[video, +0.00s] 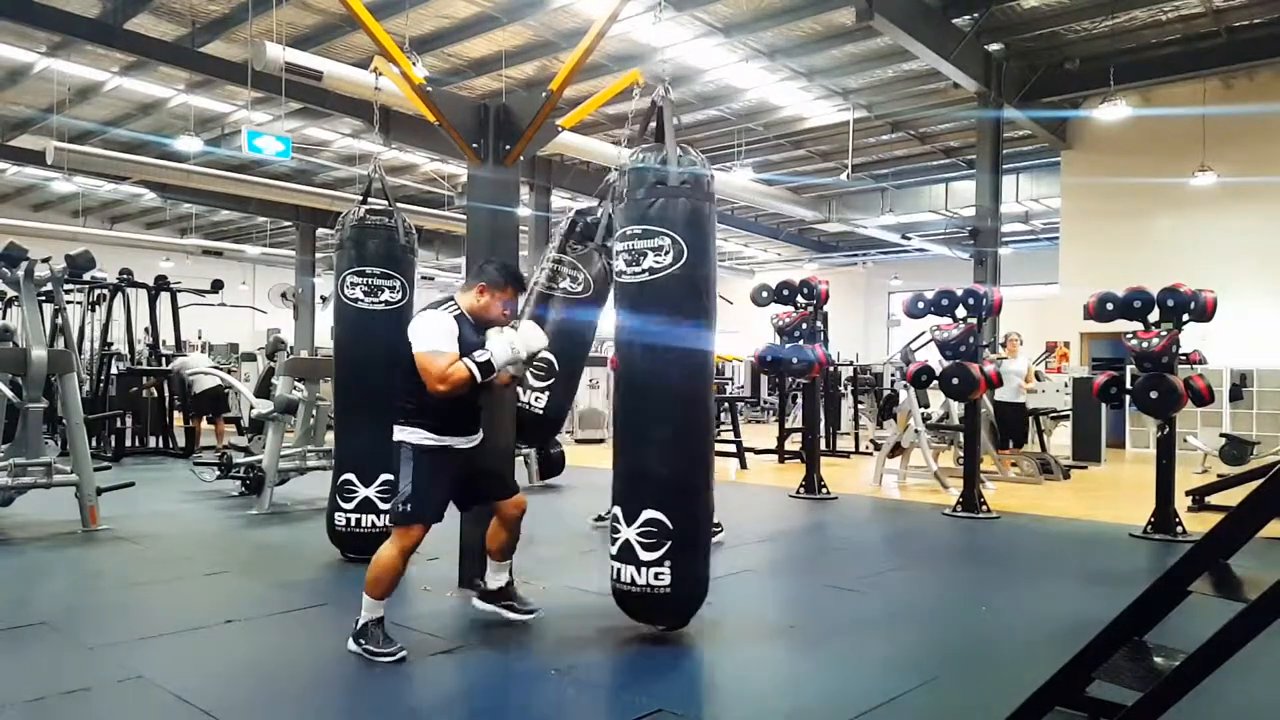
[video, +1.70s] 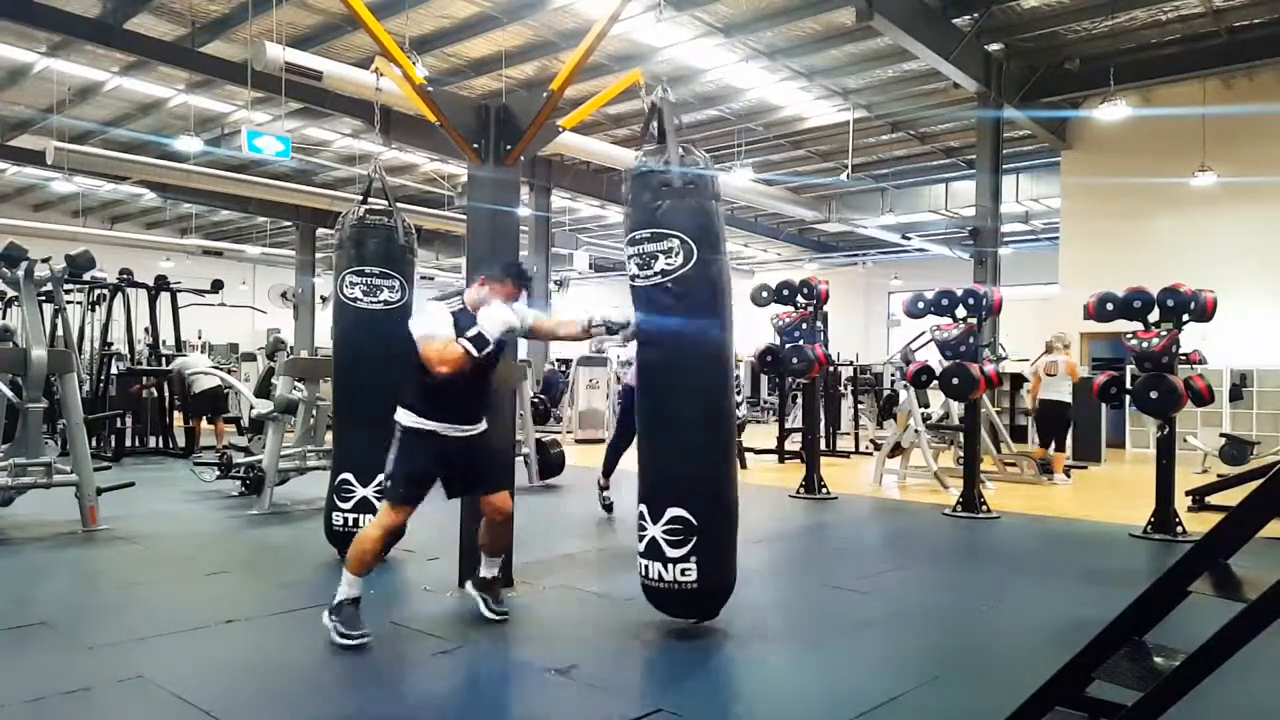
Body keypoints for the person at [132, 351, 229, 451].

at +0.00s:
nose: (171, 367)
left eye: (172, 365)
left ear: (175, 360)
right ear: (185, 356)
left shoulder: (176, 364)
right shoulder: (201, 356)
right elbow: (217, 367)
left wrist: (140, 388)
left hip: (200, 391)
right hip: (217, 387)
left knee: (196, 421)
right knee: (219, 419)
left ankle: (196, 447)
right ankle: (220, 446)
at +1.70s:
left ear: (176, 360)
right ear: (187, 355)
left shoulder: (176, 363)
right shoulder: (201, 357)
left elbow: (160, 380)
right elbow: (215, 367)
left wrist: (142, 386)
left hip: (199, 391)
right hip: (217, 387)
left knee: (196, 422)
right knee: (218, 419)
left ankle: (196, 448)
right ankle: (220, 446)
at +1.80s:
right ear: (187, 355)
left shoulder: (178, 364)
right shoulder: (202, 357)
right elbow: (214, 368)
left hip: (200, 390)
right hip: (217, 386)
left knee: (196, 421)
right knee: (218, 419)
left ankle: (196, 447)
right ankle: (220, 446)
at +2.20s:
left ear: (188, 352)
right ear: (200, 350)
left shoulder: (184, 360)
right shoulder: (210, 356)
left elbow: (184, 380)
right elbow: (221, 368)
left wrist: (183, 399)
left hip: (201, 391)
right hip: (220, 388)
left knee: (197, 421)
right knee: (220, 420)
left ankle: (197, 447)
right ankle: (220, 446)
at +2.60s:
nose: (197, 352)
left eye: (197, 350)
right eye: (196, 350)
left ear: (200, 347)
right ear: (208, 346)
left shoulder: (198, 354)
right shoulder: (225, 353)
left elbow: (195, 376)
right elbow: (234, 372)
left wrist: (192, 393)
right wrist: (232, 386)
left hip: (209, 392)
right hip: (226, 391)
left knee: (198, 419)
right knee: (223, 421)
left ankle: (196, 447)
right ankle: (219, 447)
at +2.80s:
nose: (203, 348)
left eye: (203, 346)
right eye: (202, 346)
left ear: (206, 343)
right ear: (214, 343)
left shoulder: (206, 353)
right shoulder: (231, 353)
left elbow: (203, 372)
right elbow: (240, 371)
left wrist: (200, 389)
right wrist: (241, 386)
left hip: (214, 391)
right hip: (229, 391)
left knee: (203, 417)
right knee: (224, 420)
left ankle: (209, 442)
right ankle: (220, 446)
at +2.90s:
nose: (203, 346)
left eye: (203, 343)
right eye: (202, 344)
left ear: (209, 341)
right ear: (215, 341)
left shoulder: (211, 352)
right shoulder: (232, 353)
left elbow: (208, 372)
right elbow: (240, 372)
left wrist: (203, 387)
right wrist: (241, 386)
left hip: (216, 391)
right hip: (230, 391)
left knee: (207, 417)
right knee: (225, 421)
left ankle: (223, 443)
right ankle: (223, 446)